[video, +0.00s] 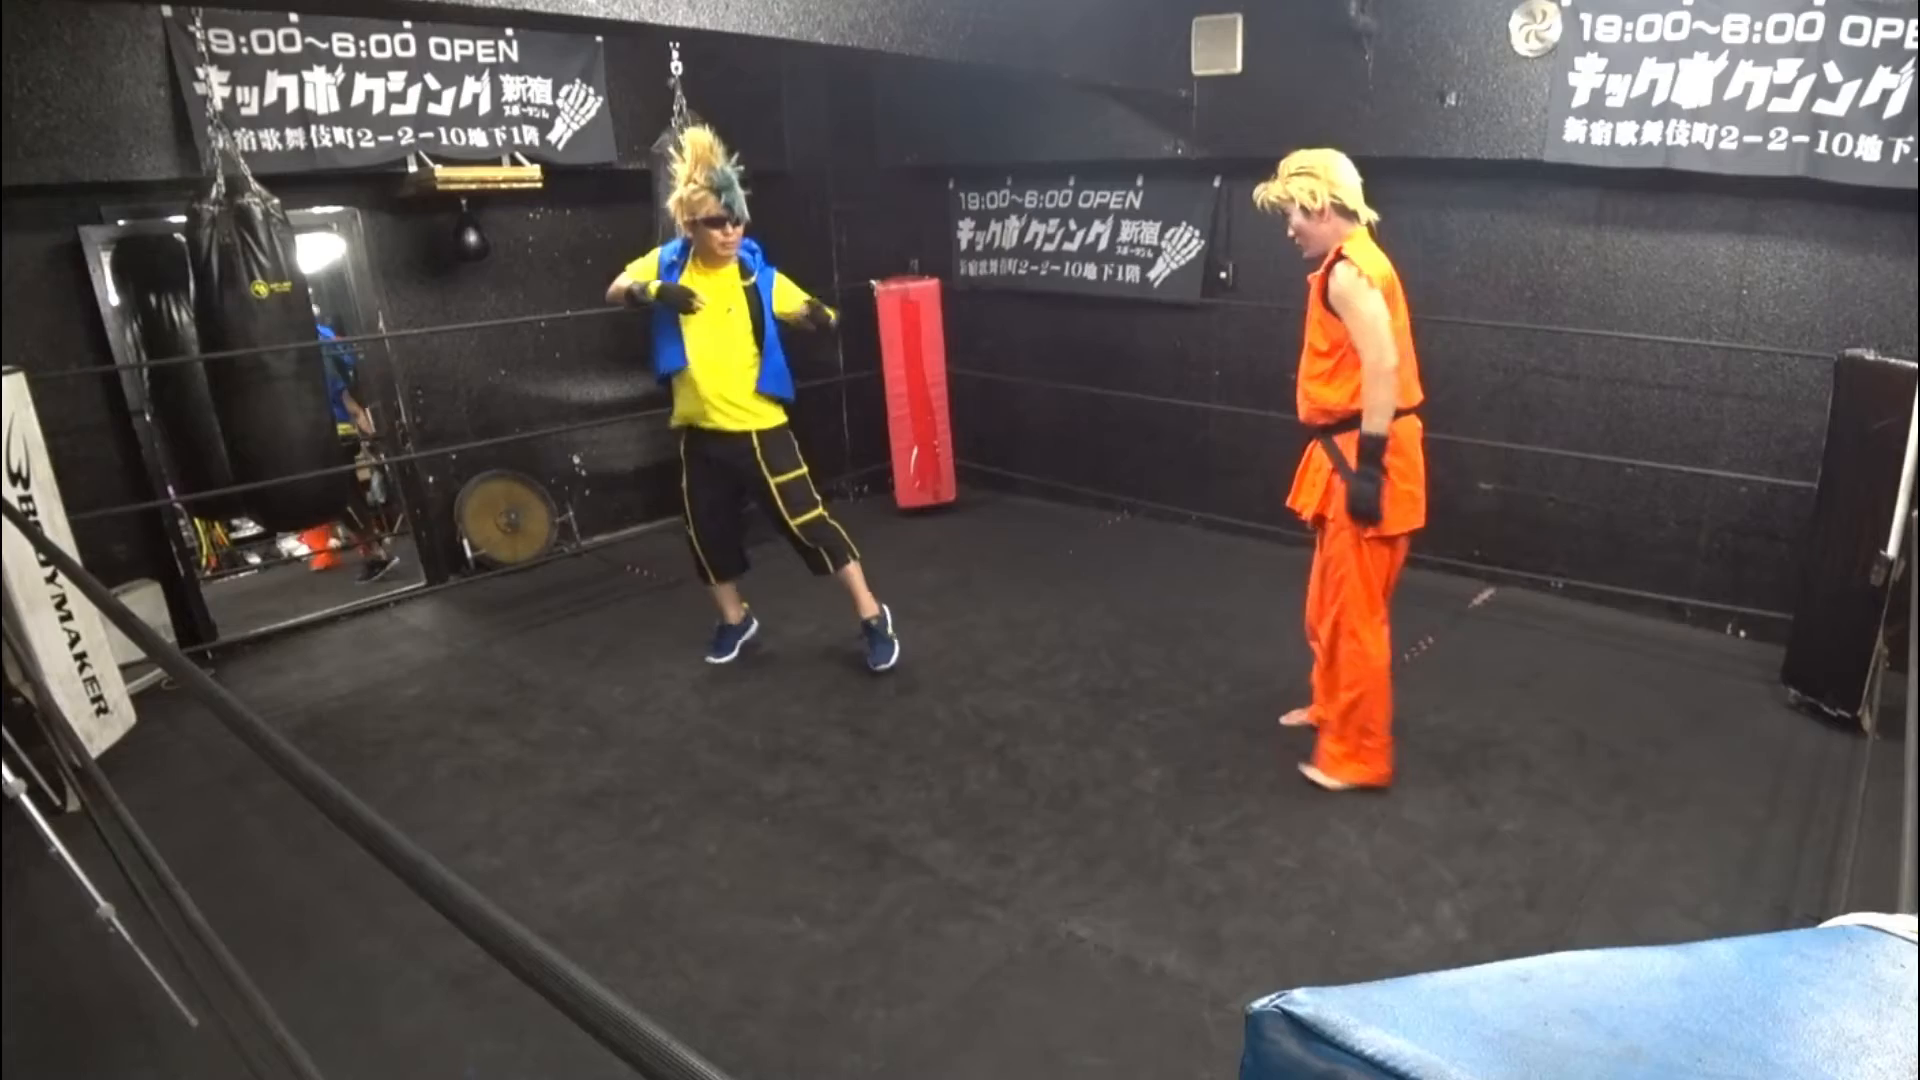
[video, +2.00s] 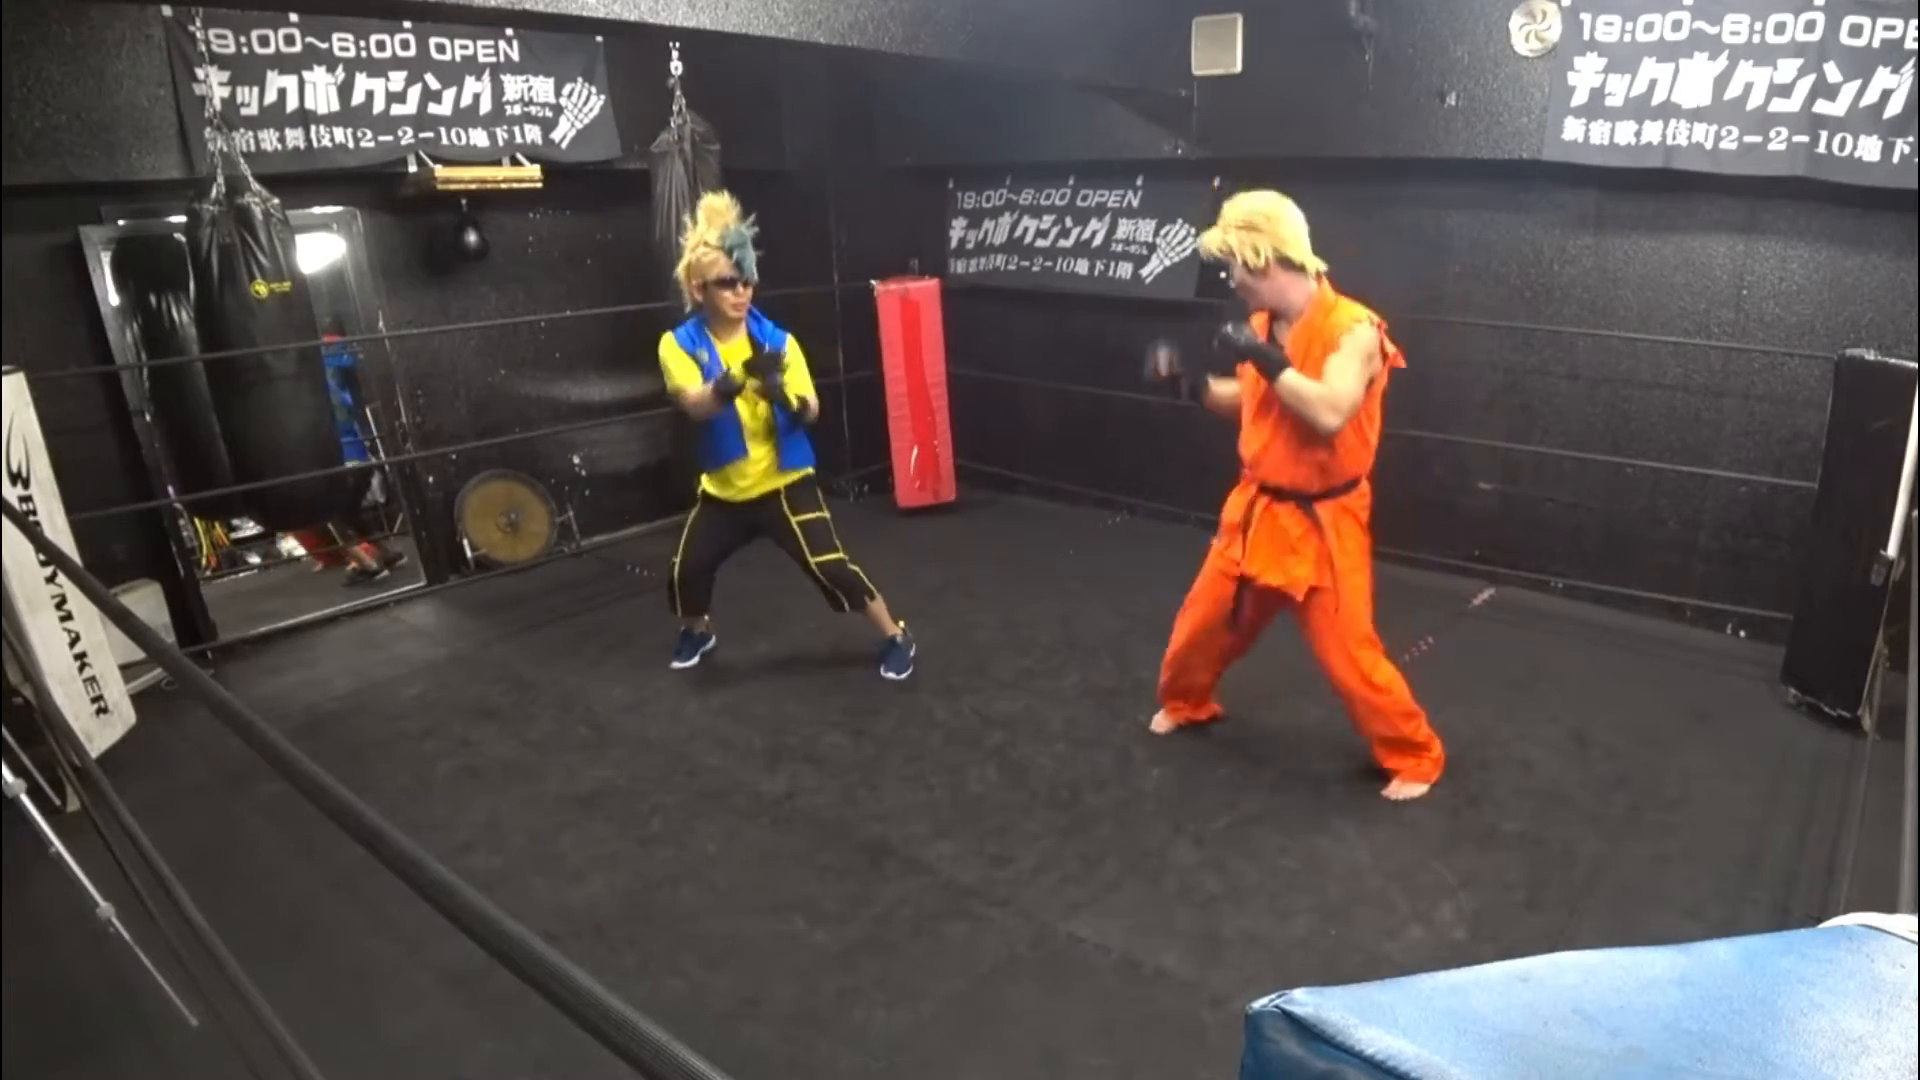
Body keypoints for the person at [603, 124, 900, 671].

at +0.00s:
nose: (729, 234)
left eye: (735, 223)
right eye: (716, 225)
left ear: (744, 222)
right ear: (689, 226)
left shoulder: (755, 271)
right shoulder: (666, 262)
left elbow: (807, 312)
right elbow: (616, 290)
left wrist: (820, 319)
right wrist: (657, 291)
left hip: (761, 420)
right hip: (700, 424)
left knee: (806, 520)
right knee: (705, 533)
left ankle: (871, 613)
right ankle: (735, 619)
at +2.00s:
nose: (740, 294)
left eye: (745, 282)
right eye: (727, 285)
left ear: (754, 284)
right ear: (697, 291)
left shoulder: (777, 340)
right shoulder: (679, 344)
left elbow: (811, 411)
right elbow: (695, 407)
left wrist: (780, 392)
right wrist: (737, 377)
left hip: (787, 483)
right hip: (723, 489)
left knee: (828, 566)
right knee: (687, 570)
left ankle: (894, 635)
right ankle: (697, 632)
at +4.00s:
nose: (669, 250)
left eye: (672, 239)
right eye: (656, 242)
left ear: (680, 239)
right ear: (630, 246)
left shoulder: (701, 290)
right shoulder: (607, 293)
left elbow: (729, 346)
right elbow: (612, 348)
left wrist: (738, 374)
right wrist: (647, 353)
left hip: (711, 428)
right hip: (651, 436)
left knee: (743, 523)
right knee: (646, 534)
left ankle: (772, 610)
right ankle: (663, 627)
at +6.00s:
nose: (520, 326)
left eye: (525, 316)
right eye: (508, 319)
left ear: (533, 317)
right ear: (485, 325)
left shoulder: (558, 356)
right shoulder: (473, 370)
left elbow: (610, 399)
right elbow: (480, 422)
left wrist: (597, 350)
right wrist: (511, 380)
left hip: (583, 482)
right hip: (532, 491)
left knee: (597, 552)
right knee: (484, 562)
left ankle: (657, 616)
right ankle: (509, 609)